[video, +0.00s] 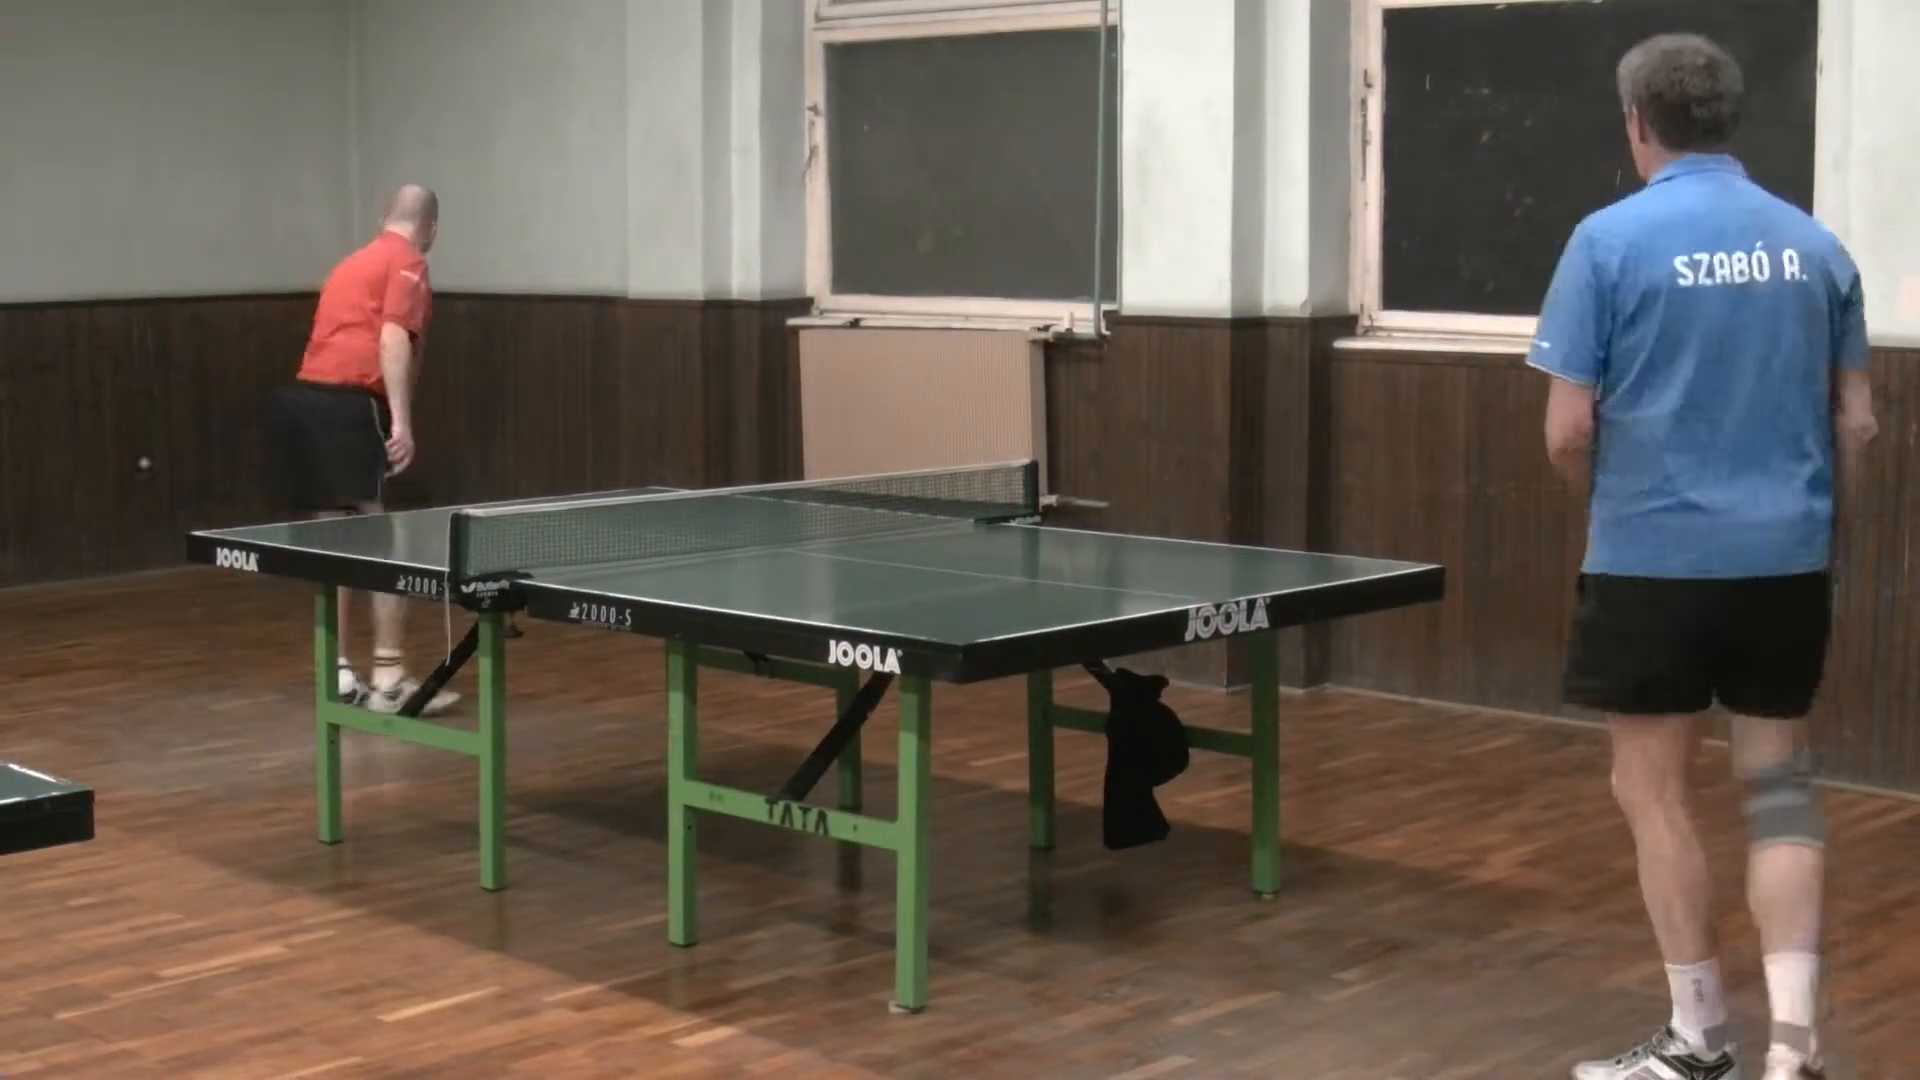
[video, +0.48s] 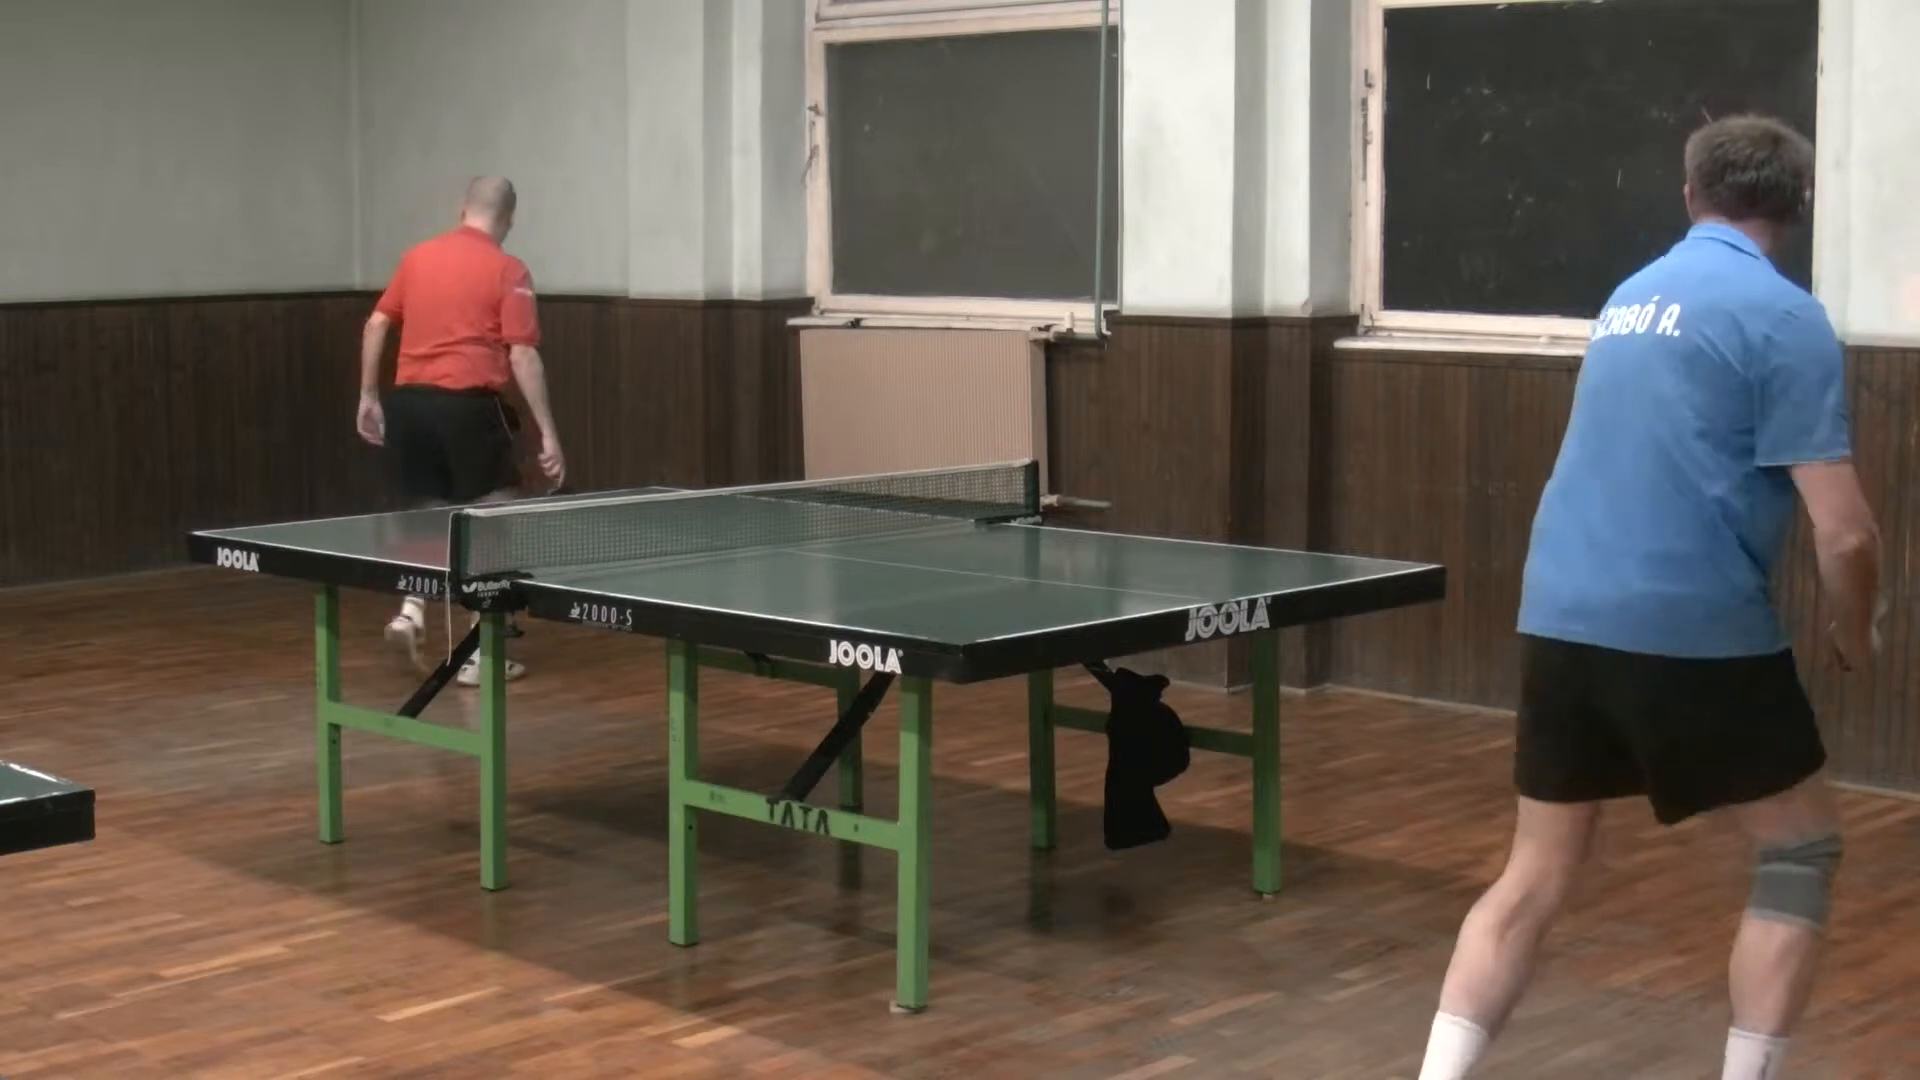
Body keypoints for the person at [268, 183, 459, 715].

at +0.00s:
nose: (431, 240)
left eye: (431, 232)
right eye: (434, 231)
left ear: (386, 221)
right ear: (429, 228)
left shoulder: (352, 262)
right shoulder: (407, 263)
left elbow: (336, 340)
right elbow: (394, 338)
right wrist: (401, 419)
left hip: (306, 401)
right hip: (350, 406)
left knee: (331, 539)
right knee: (383, 538)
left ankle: (337, 670)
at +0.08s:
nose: (439, 232)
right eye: (440, 225)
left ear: (390, 216)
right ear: (436, 224)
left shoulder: (360, 260)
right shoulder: (420, 261)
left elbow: (329, 345)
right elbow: (409, 335)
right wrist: (414, 415)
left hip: (324, 404)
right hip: (371, 405)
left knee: (339, 534)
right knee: (415, 534)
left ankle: (339, 668)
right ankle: (443, 663)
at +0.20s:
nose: (447, 230)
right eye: (452, 223)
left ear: (406, 216)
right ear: (453, 223)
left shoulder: (375, 262)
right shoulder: (441, 265)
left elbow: (337, 344)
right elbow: (435, 338)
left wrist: (358, 397)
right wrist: (449, 417)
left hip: (352, 408)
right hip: (404, 409)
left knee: (353, 532)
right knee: (433, 531)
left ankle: (342, 663)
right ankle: (472, 646)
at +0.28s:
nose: (464, 230)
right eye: (470, 223)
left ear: (422, 215)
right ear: (468, 222)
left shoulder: (390, 261)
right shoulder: (459, 267)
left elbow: (348, 339)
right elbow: (459, 346)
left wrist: (365, 395)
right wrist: (480, 426)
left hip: (371, 412)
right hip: (429, 417)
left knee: (367, 530)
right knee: (454, 536)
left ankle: (346, 657)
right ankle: (467, 655)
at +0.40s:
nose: (493, 227)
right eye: (497, 220)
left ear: (451, 212)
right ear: (497, 220)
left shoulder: (409, 261)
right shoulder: (491, 273)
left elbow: (367, 329)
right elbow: (499, 354)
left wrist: (369, 395)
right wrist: (523, 431)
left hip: (398, 412)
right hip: (459, 415)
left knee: (408, 521)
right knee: (482, 524)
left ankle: (378, 613)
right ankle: (476, 652)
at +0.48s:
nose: (508, 226)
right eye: (511, 220)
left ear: (463, 210)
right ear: (507, 219)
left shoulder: (419, 256)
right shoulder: (507, 270)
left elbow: (377, 324)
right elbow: (523, 355)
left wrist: (368, 394)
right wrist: (547, 431)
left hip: (408, 407)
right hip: (472, 410)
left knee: (429, 514)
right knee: (492, 521)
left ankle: (412, 607)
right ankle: (482, 652)